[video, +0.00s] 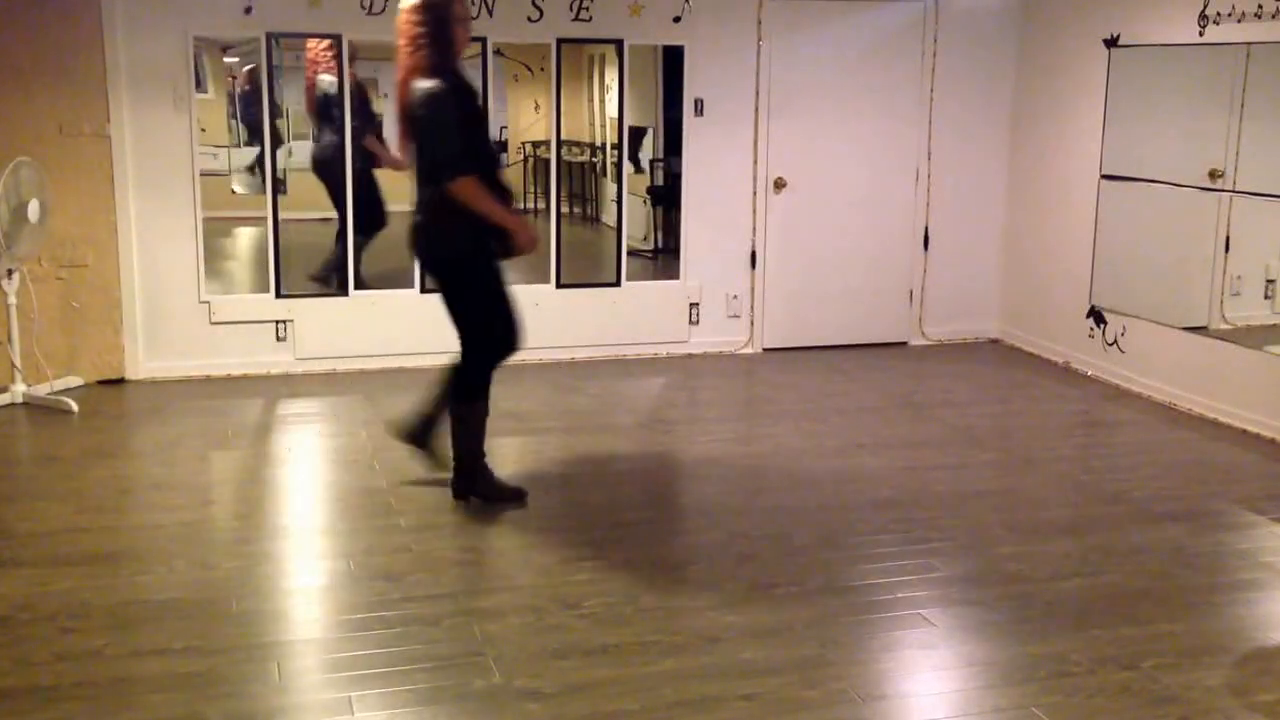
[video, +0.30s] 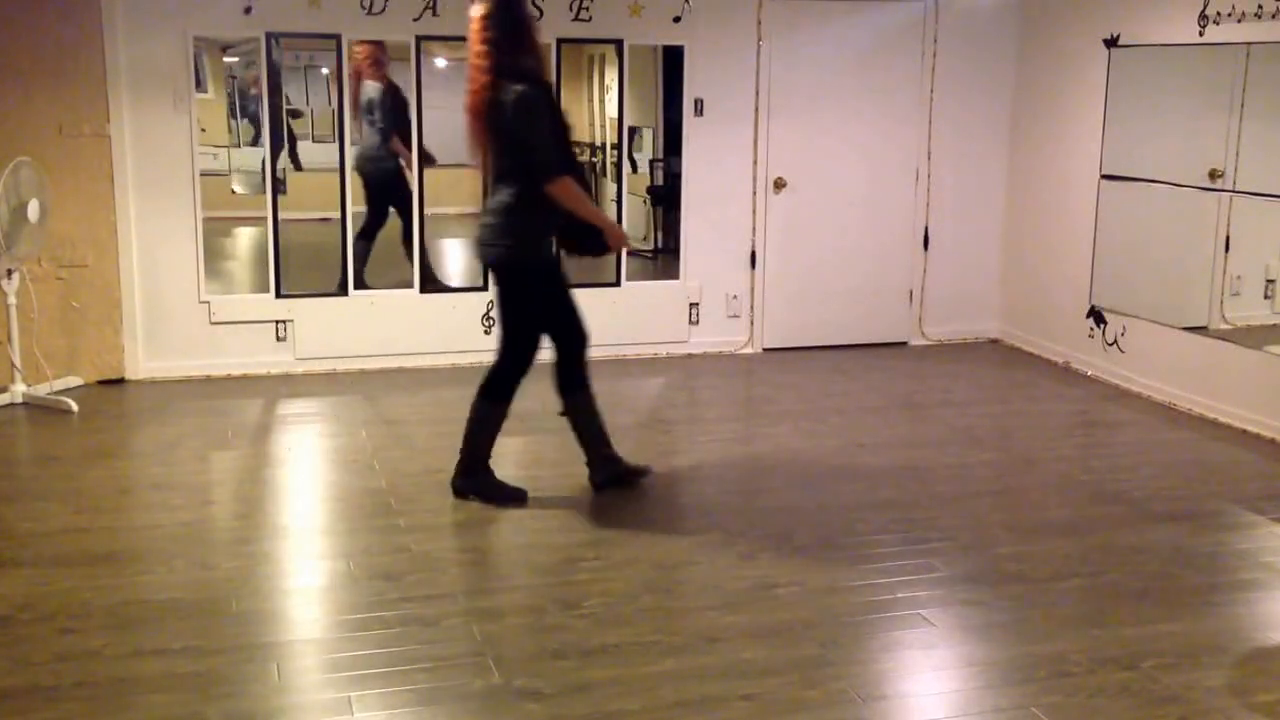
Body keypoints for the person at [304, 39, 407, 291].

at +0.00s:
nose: (356, 61)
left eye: (353, 56)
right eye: (354, 56)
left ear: (328, 57)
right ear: (350, 58)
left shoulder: (320, 84)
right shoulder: (351, 85)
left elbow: (319, 119)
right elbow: (362, 130)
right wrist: (386, 155)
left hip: (323, 155)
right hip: (348, 158)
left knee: (349, 216)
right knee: (375, 216)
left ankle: (349, 275)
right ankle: (330, 268)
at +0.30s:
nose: (369, 66)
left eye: (372, 60)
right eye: (367, 61)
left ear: (367, 62)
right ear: (379, 61)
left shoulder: (362, 88)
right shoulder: (385, 89)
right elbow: (389, 132)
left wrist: (417, 150)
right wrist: (410, 158)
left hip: (367, 158)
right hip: (385, 159)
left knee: (376, 215)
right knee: (409, 213)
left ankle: (352, 275)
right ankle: (424, 275)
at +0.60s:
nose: (386, 64)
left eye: (390, 58)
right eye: (386, 59)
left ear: (401, 59)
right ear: (405, 58)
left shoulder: (406, 84)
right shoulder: (404, 86)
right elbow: (413, 128)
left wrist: (441, 150)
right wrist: (441, 152)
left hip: (412, 158)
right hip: (410, 159)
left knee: (431, 214)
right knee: (431, 214)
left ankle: (388, 260)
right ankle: (428, 278)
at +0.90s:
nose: (435, 53)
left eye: (435, 49)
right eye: (429, 50)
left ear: (437, 53)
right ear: (420, 54)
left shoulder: (446, 75)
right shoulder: (414, 78)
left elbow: (459, 109)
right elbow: (413, 118)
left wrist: (467, 127)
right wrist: (446, 107)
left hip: (451, 156)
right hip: (426, 158)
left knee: (455, 217)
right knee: (431, 218)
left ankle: (457, 272)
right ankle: (428, 276)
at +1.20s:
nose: (447, 55)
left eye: (451, 50)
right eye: (441, 50)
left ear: (458, 55)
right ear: (432, 55)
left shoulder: (467, 83)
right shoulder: (424, 81)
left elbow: (483, 119)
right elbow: (419, 119)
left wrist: (474, 98)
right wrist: (433, 95)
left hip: (465, 156)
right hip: (434, 156)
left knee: (460, 214)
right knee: (443, 212)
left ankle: (458, 269)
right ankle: (440, 273)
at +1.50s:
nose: (450, 57)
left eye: (454, 52)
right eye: (445, 52)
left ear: (459, 56)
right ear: (434, 54)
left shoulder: (469, 83)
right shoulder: (425, 81)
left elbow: (480, 119)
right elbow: (419, 119)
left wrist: (468, 96)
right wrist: (431, 95)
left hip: (466, 156)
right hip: (435, 156)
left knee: (462, 216)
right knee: (440, 212)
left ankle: (458, 272)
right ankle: (429, 270)